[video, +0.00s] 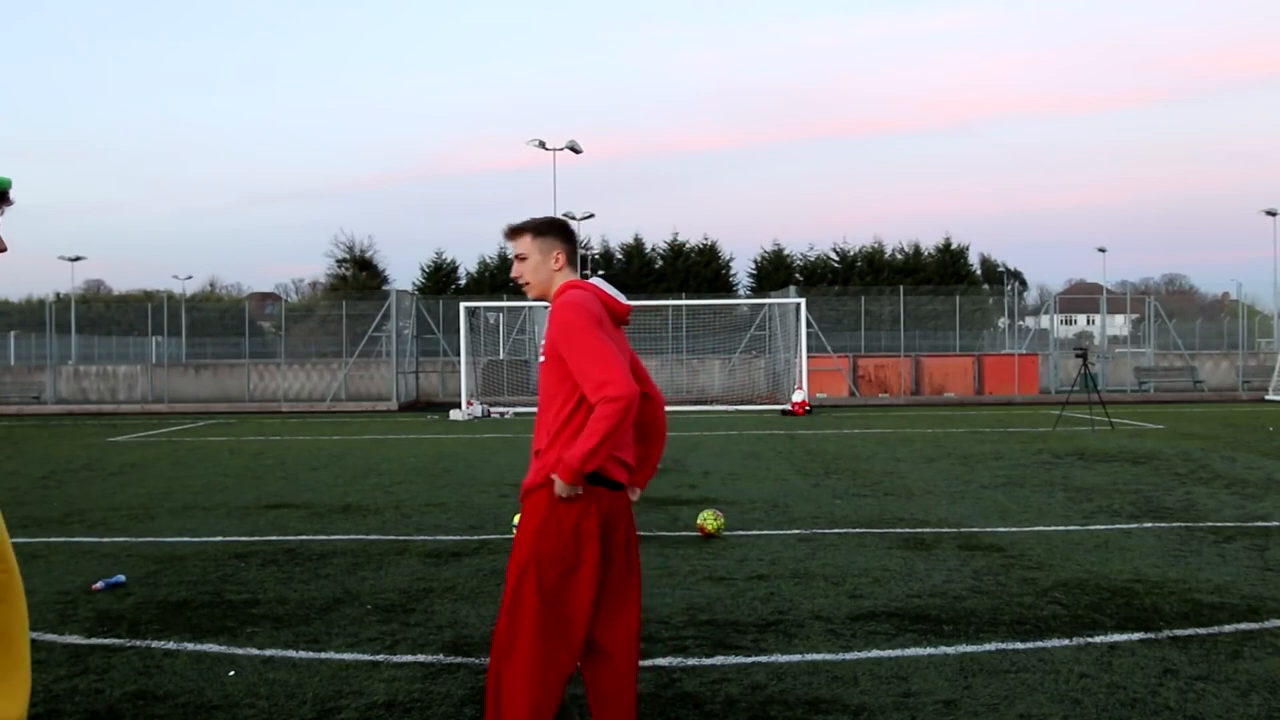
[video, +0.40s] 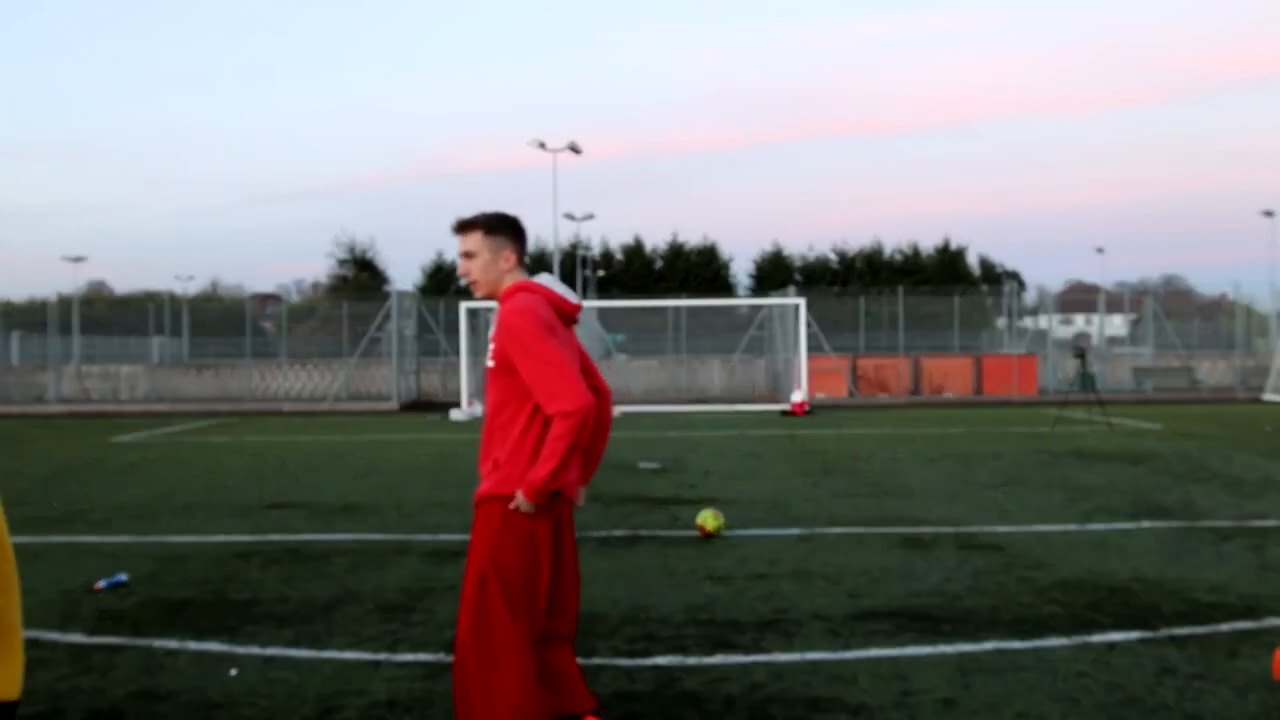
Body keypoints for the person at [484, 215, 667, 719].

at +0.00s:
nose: (515, 272)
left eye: (522, 259)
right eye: (513, 261)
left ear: (557, 258)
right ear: (563, 262)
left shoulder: (571, 307)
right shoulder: (595, 311)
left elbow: (617, 393)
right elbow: (651, 401)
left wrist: (570, 468)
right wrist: (634, 479)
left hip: (564, 507)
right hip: (608, 505)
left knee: (528, 648)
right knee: (610, 650)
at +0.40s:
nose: (462, 269)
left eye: (470, 256)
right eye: (460, 258)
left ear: (507, 256)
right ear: (509, 260)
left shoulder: (518, 312)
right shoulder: (539, 308)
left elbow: (572, 404)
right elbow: (598, 399)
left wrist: (536, 484)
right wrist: (577, 475)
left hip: (511, 506)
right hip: (546, 506)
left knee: (491, 642)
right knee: (545, 636)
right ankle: (576, 708)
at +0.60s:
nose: (437, 272)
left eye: (445, 260)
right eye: (436, 261)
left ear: (481, 260)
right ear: (482, 263)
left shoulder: (509, 316)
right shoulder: (504, 313)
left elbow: (552, 418)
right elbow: (536, 417)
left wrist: (514, 501)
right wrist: (502, 497)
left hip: (514, 509)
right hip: (510, 506)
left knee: (496, 646)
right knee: (500, 643)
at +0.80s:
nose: (426, 281)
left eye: (435, 268)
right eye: (425, 269)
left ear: (471, 269)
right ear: (467, 272)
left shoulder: (506, 318)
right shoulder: (482, 320)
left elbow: (568, 413)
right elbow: (519, 414)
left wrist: (534, 499)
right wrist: (497, 495)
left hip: (521, 509)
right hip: (499, 506)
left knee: (506, 646)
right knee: (492, 644)